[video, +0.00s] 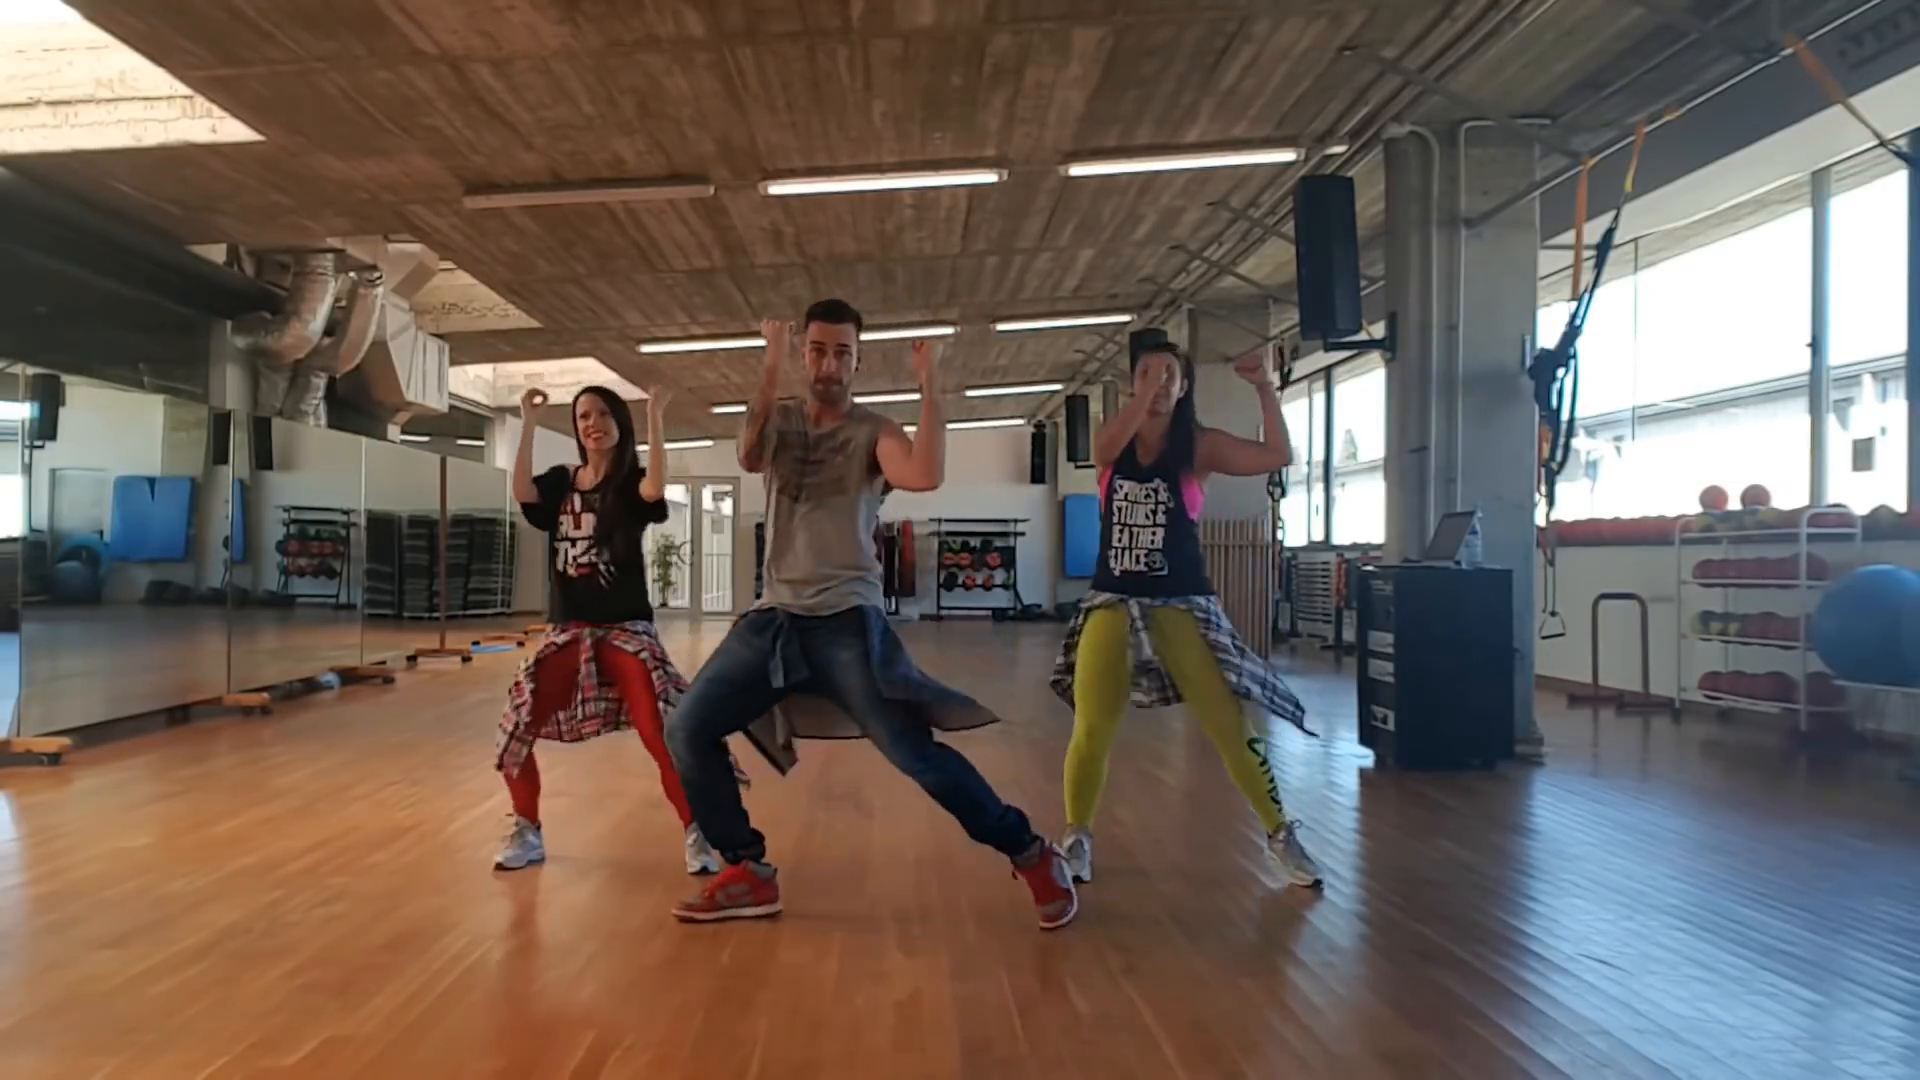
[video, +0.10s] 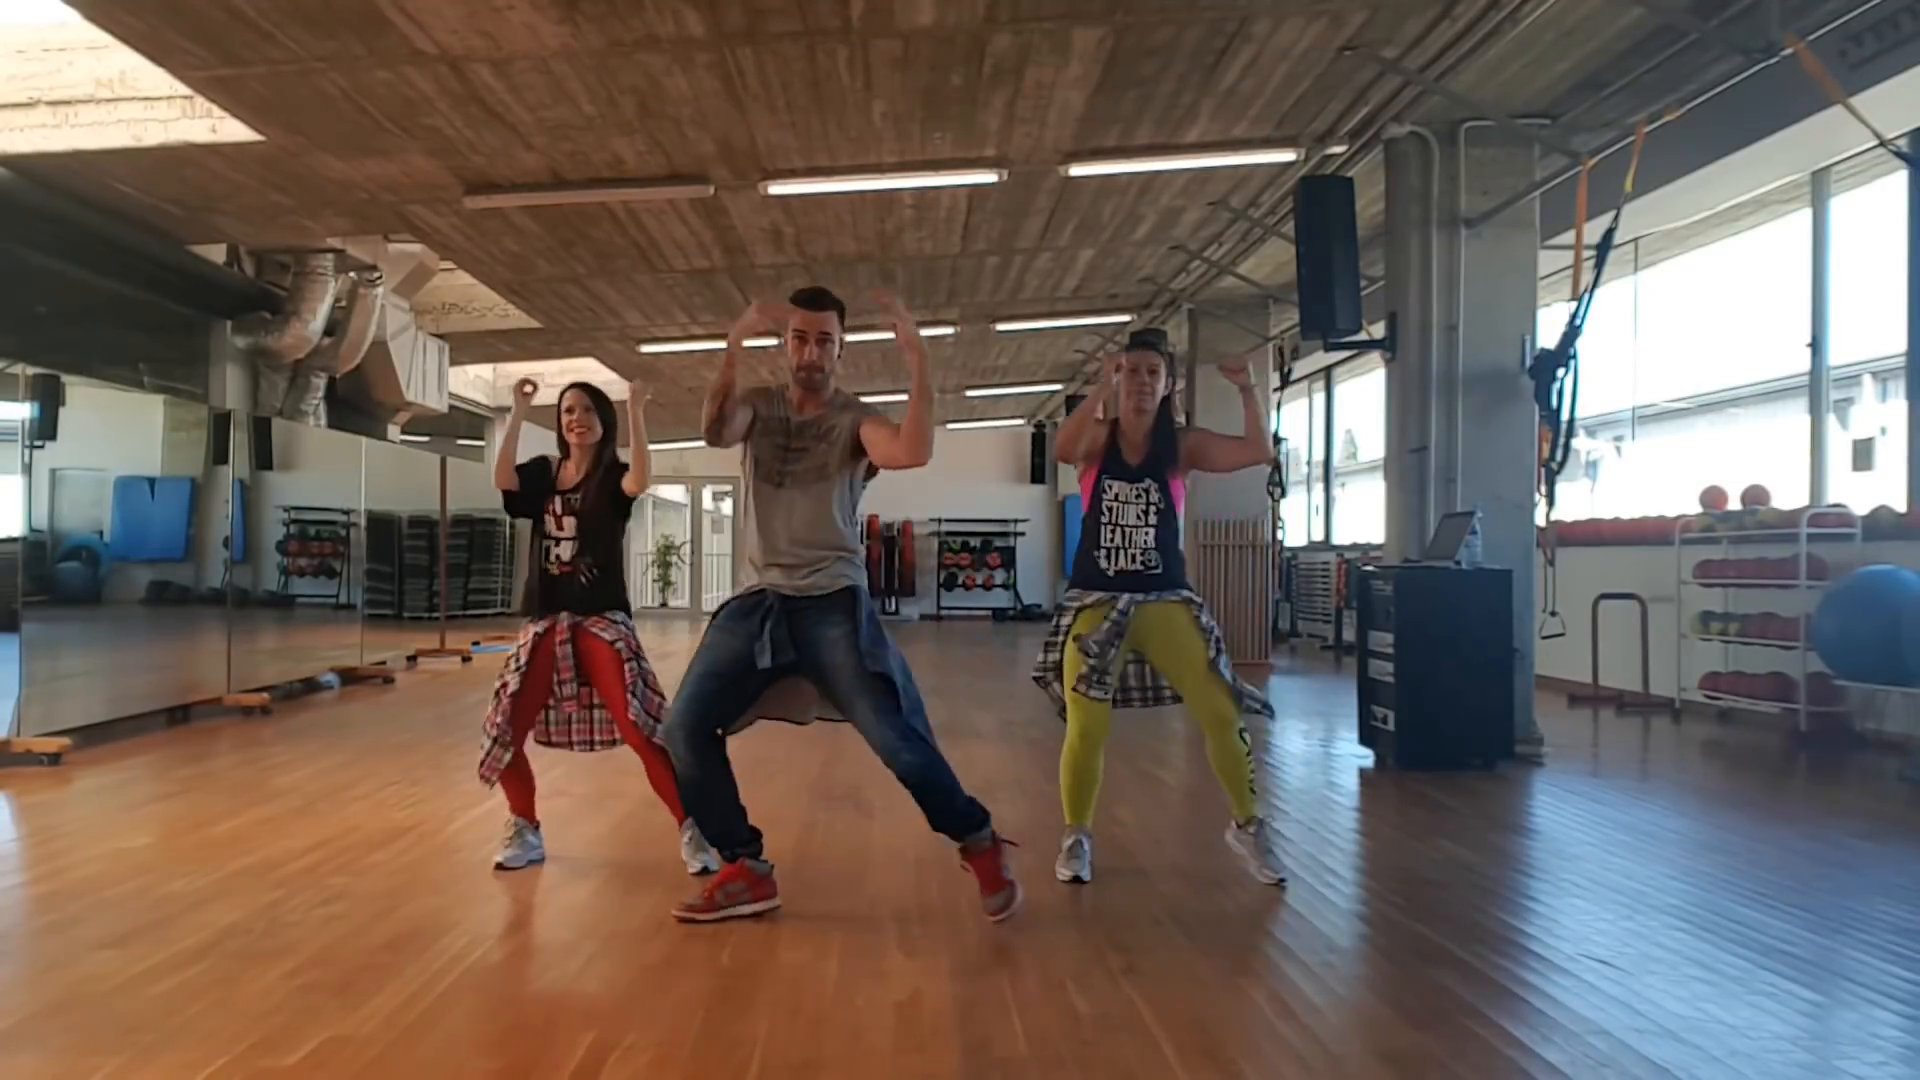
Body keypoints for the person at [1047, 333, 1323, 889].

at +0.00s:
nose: (1161, 388)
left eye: (1171, 377)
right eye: (1151, 376)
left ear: (1185, 385)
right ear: (1132, 385)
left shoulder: (1200, 445)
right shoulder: (1112, 441)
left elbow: (1277, 455)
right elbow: (1111, 444)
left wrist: (1264, 386)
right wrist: (1145, 393)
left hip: (1180, 600)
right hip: (1111, 599)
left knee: (1228, 725)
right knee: (1091, 729)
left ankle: (1282, 837)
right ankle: (1076, 841)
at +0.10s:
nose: (1141, 382)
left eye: (1151, 373)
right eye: (1131, 372)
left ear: (1168, 386)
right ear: (1116, 382)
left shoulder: (1181, 445)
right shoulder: (1097, 437)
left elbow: (1256, 451)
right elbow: (1065, 450)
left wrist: (1245, 386)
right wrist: (1101, 392)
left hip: (1164, 600)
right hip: (1095, 600)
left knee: (1219, 710)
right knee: (1085, 729)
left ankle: (1248, 827)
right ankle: (1076, 837)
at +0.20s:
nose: (1132, 375)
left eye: (1143, 367)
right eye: (1123, 366)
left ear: (1158, 378)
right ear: (1107, 375)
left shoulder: (1173, 437)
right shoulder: (1085, 430)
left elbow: (1248, 442)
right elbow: (1029, 444)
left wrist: (1231, 380)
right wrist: (1054, 381)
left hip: (1156, 595)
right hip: (1087, 594)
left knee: (1201, 703)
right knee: (1086, 722)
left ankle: (1177, 813)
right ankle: (1076, 836)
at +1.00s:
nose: (1202, 378)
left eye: (1210, 368)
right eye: (1191, 369)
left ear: (1222, 377)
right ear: (1172, 380)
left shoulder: (1242, 435)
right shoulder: (1159, 438)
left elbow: (1311, 432)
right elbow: (1091, 453)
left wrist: (1285, 379)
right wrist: (1102, 385)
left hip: (1233, 596)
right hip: (1171, 595)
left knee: (1256, 711)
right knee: (1134, 712)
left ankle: (1256, 840)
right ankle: (1088, 831)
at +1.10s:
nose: (1208, 377)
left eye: (1218, 367)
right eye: (1198, 368)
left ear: (1233, 377)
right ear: (1180, 379)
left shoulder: (1256, 433)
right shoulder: (1165, 439)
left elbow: (1328, 430)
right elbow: (1115, 442)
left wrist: (1308, 375)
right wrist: (1148, 380)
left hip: (1246, 596)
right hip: (1177, 595)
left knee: (1257, 718)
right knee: (1141, 707)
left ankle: (1256, 841)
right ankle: (1131, 821)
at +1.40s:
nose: (1222, 373)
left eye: (1232, 364)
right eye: (1211, 364)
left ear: (1246, 375)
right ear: (1192, 375)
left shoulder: (1266, 433)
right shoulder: (1172, 434)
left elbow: (1342, 438)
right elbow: (1103, 443)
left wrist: (1310, 374)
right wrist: (1114, 371)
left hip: (1251, 593)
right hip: (1181, 592)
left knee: (1255, 713)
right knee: (1160, 708)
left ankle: (1257, 839)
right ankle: (1179, 827)